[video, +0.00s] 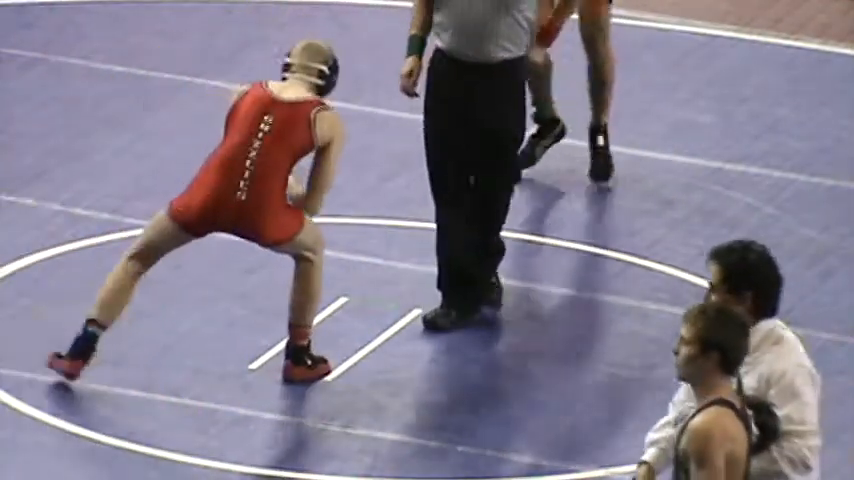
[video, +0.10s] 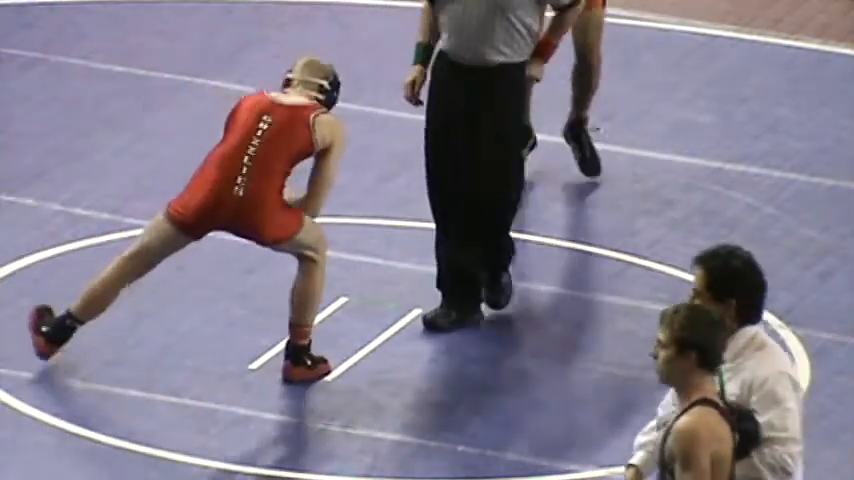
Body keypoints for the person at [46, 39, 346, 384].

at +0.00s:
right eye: (332, 82)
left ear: (287, 68)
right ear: (328, 81)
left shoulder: (247, 94)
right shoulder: (328, 122)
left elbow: (230, 146)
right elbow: (313, 201)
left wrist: (264, 180)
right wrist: (278, 189)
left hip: (204, 202)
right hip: (262, 219)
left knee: (138, 258)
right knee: (311, 247)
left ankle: (79, 354)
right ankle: (299, 357)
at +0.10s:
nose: (286, 84)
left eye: (288, 80)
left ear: (288, 82)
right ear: (327, 98)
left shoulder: (251, 100)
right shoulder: (329, 126)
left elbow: (228, 152)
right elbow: (313, 206)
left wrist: (261, 187)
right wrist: (274, 201)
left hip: (202, 200)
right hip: (259, 216)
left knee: (129, 266)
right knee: (315, 249)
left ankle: (57, 333)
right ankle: (299, 357)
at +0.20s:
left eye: (285, 89)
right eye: (327, 112)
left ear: (284, 94)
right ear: (323, 107)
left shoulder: (244, 114)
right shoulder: (323, 128)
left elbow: (223, 177)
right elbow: (310, 213)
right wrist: (264, 231)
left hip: (192, 208)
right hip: (251, 219)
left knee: (124, 272)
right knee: (314, 247)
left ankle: (56, 342)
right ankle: (300, 359)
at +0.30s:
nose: (317, 134)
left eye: (315, 126)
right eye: (319, 126)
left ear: (278, 111)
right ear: (313, 119)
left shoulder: (234, 129)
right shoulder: (311, 133)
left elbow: (218, 215)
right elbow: (306, 214)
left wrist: (237, 292)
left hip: (183, 216)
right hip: (242, 227)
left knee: (115, 263)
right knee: (313, 246)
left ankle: (48, 342)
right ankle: (299, 359)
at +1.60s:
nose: (314, 133)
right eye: (315, 123)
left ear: (270, 111)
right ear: (309, 117)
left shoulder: (231, 135)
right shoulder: (306, 135)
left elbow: (232, 248)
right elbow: (314, 216)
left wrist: (234, 323)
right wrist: (326, 204)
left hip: (182, 211)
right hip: (238, 217)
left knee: (105, 259)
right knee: (308, 243)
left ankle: (32, 340)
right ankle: (299, 359)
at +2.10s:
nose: (276, 108)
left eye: (279, 103)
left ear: (277, 109)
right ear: (317, 121)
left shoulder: (236, 130)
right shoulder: (310, 148)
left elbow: (200, 210)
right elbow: (322, 228)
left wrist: (229, 282)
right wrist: (351, 218)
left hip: (179, 209)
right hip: (235, 215)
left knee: (105, 260)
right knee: (307, 246)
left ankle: (33, 339)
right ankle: (299, 356)